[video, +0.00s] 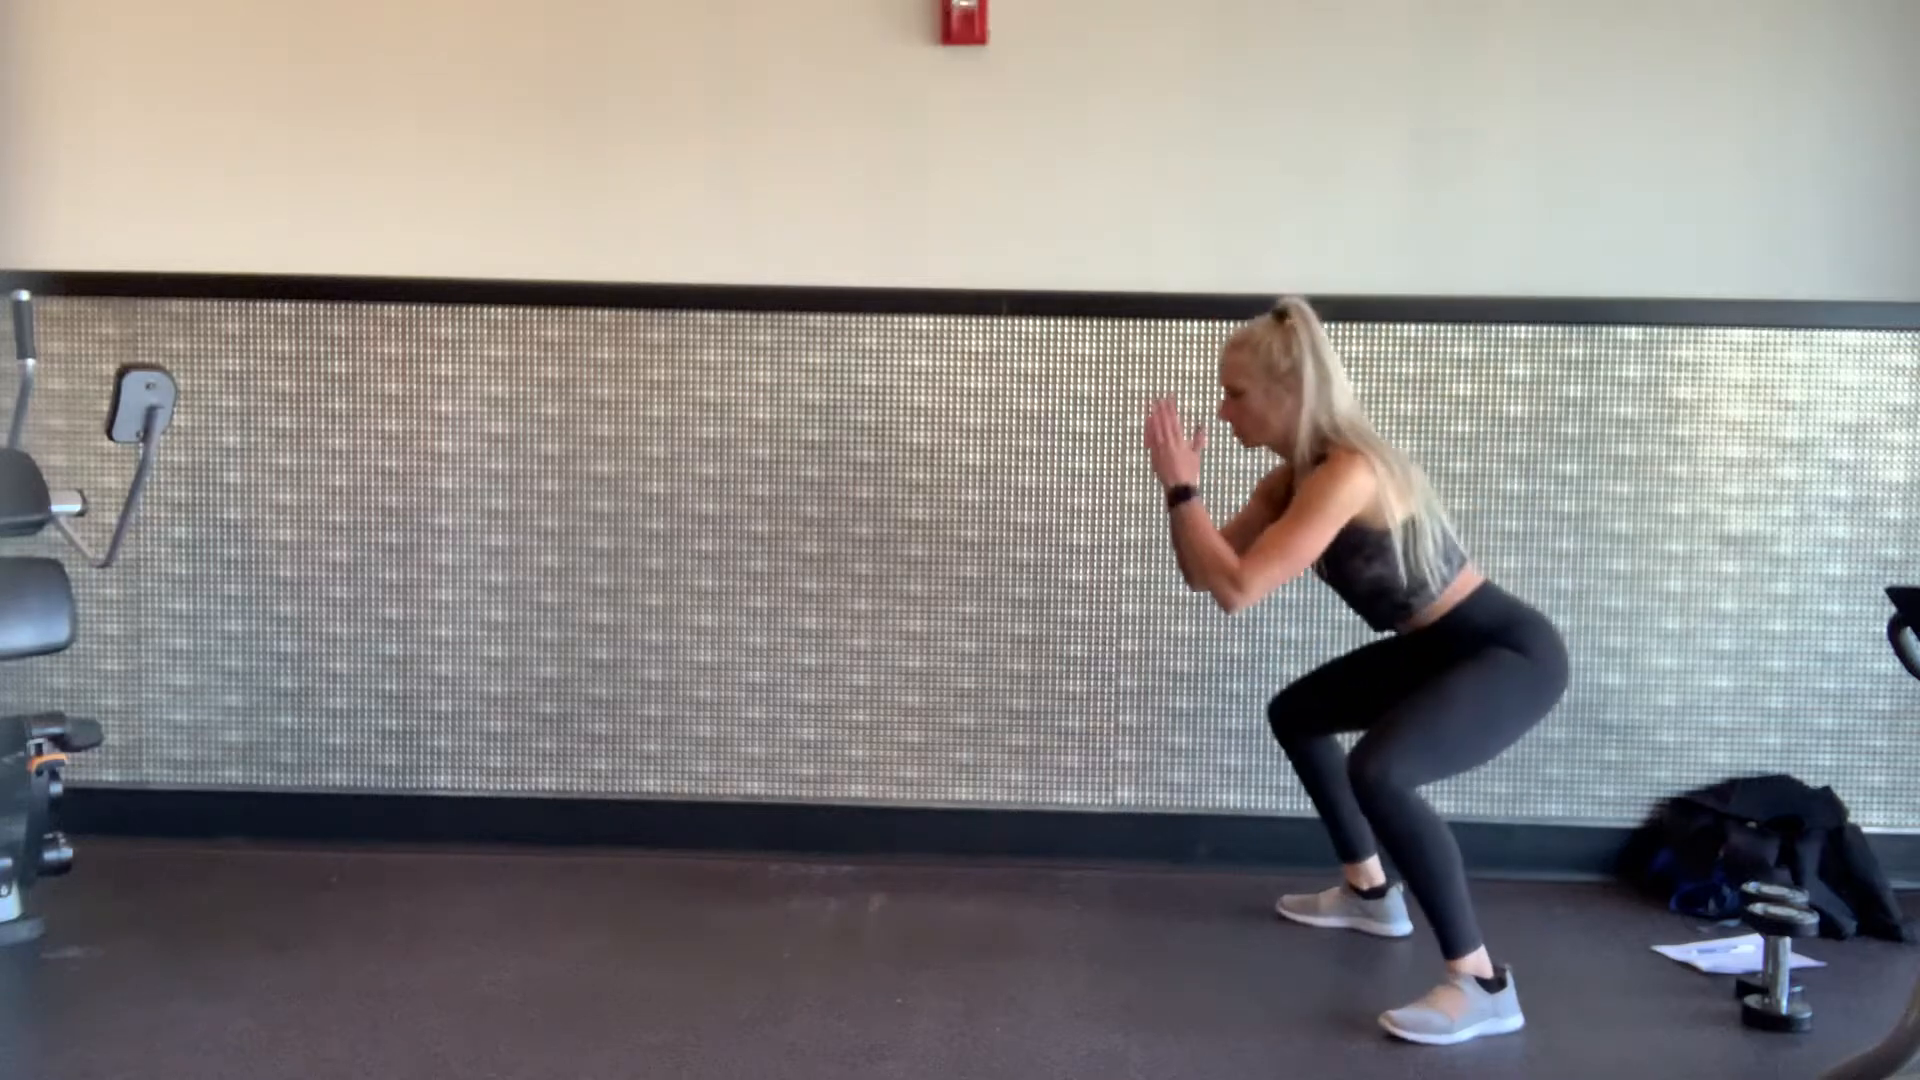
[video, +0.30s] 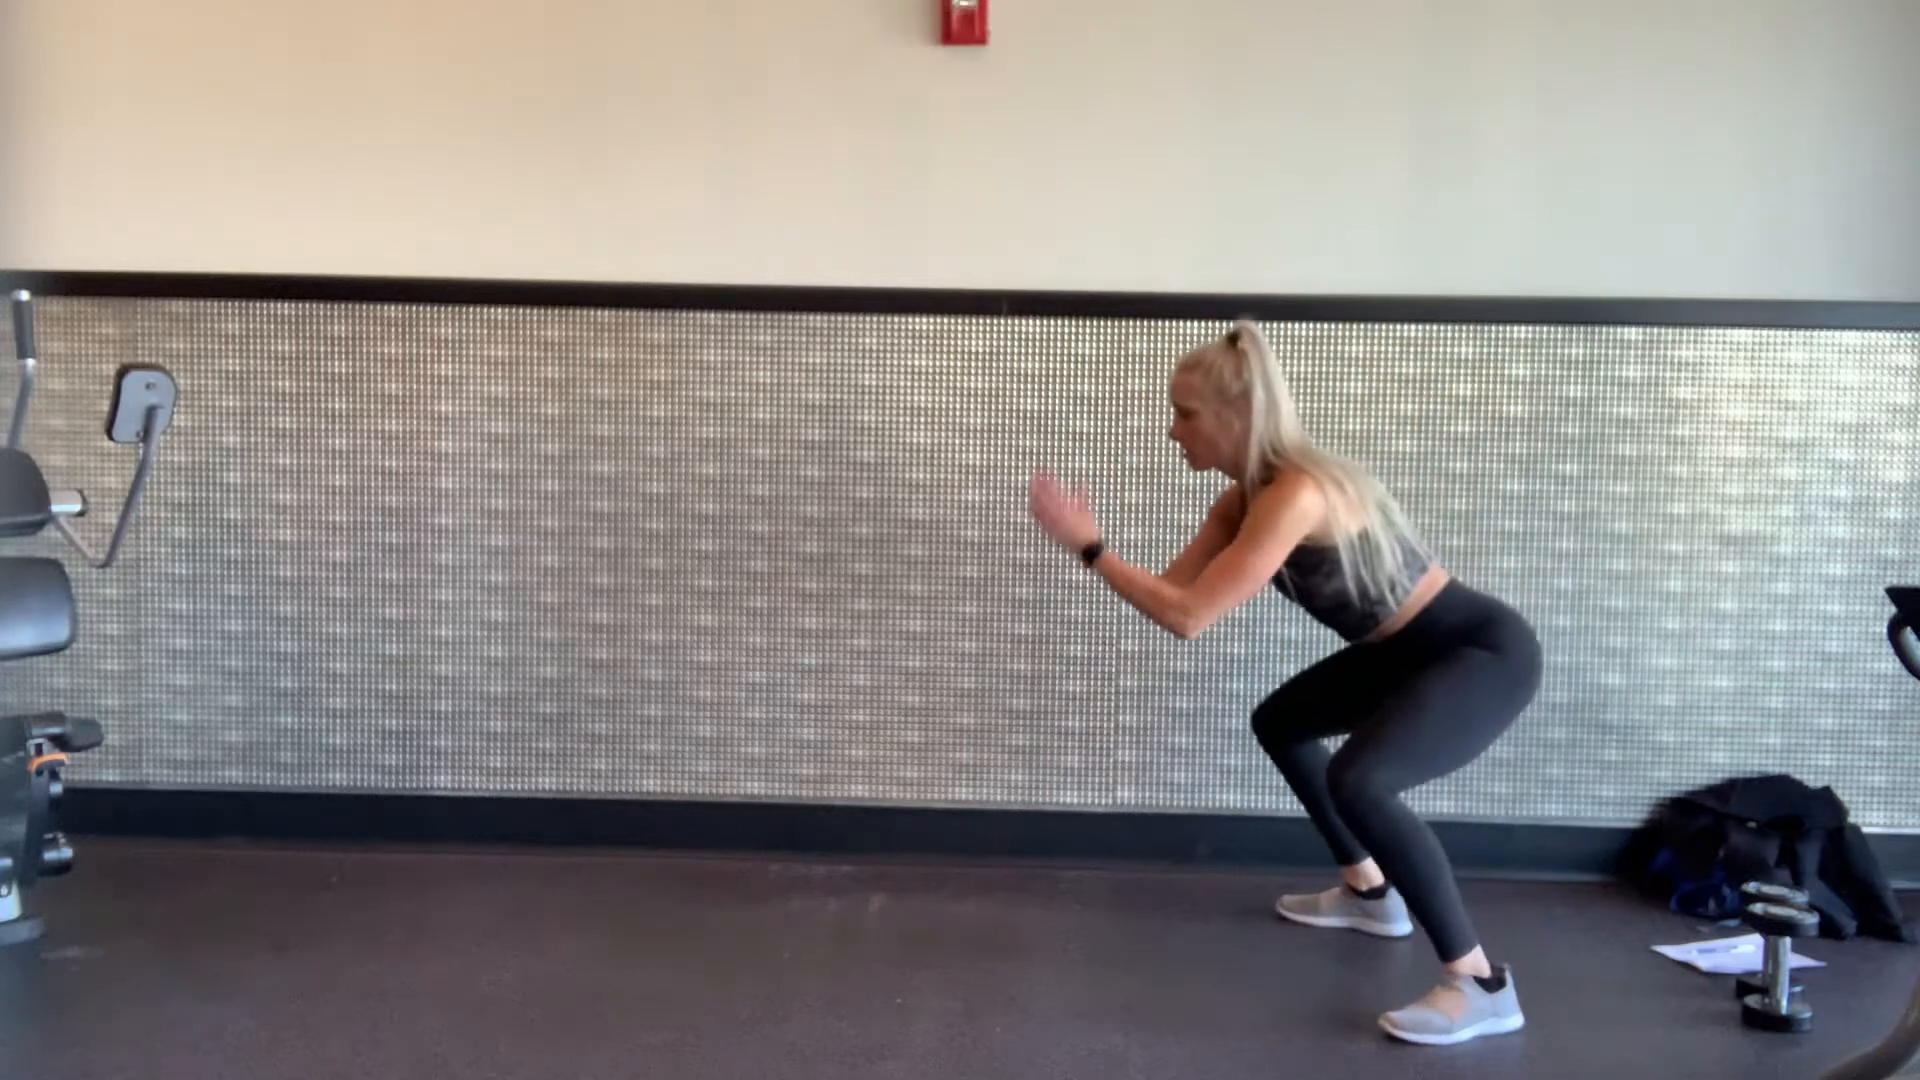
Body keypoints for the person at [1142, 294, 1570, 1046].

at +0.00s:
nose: (1222, 408)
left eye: (1234, 391)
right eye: (1224, 392)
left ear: (1287, 393)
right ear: (1282, 397)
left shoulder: (1346, 474)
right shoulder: (1293, 478)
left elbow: (1234, 588)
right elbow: (1212, 572)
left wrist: (1182, 492)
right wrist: (1180, 491)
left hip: (1510, 653)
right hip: (1437, 649)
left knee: (1379, 773)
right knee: (1295, 714)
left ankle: (1480, 980)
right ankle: (1370, 891)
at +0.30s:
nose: (1173, 430)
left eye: (1184, 414)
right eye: (1174, 415)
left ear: (1236, 417)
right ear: (1233, 417)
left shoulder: (1295, 492)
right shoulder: (1242, 497)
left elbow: (1188, 615)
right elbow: (1175, 593)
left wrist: (1091, 548)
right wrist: (1088, 547)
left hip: (1483, 652)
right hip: (1407, 654)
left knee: (1359, 781)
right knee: (1280, 721)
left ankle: (1478, 981)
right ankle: (1369, 889)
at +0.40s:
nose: (1150, 417)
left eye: (1162, 402)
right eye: (1150, 401)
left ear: (1213, 405)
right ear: (1207, 405)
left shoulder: (1273, 481)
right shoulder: (1225, 494)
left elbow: (1202, 630)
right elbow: (1170, 607)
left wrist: (1081, 638)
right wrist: (1078, 631)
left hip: (1456, 644)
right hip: (1393, 647)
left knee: (1335, 794)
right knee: (1264, 733)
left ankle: (1476, 979)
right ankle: (1370, 892)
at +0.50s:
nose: (1123, 380)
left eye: (1133, 364)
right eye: (1124, 363)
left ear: (1179, 368)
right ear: (1184, 370)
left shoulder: (1240, 449)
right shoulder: (1208, 453)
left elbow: (1267, 603)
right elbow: (1205, 584)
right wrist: (1135, 664)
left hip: (1406, 627)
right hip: (1352, 629)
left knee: (1309, 803)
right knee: (1242, 750)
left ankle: (1470, 975)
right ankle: (1363, 888)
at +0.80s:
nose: (993, 150)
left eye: (1008, 136)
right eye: (996, 133)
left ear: (1057, 146)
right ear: (1053, 145)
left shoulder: (1083, 221)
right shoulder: (1067, 225)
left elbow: (1209, 275)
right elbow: (1180, 284)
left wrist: (1201, 417)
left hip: (1151, 471)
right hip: (1127, 472)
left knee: (1096, 674)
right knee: (1081, 664)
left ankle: (1226, 883)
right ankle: (1162, 834)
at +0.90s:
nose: (913, 163)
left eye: (926, 149)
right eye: (917, 147)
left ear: (973, 158)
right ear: (973, 157)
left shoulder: (1019, 245)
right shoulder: (992, 248)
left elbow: (1075, 379)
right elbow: (1036, 384)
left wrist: (980, 458)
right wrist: (959, 443)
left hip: (1112, 483)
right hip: (1082, 481)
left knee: (1027, 678)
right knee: (1011, 666)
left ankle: (1005, 916)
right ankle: (973, 846)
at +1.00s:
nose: (853, 233)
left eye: (864, 219)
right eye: (857, 217)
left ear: (904, 231)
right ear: (917, 228)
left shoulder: (947, 316)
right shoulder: (947, 309)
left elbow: (902, 469)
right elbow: (901, 448)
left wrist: (793, 453)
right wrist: (802, 444)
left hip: (1051, 553)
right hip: (1035, 545)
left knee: (913, 712)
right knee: (904, 695)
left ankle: (857, 952)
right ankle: (854, 878)